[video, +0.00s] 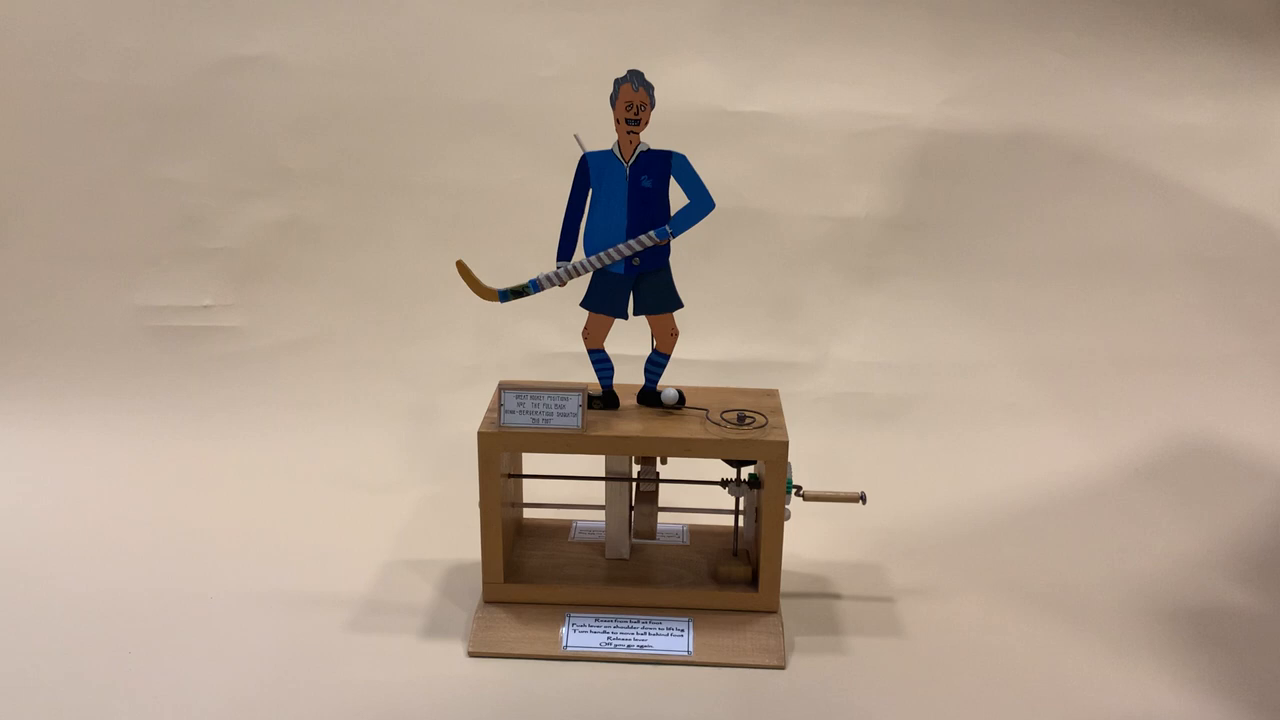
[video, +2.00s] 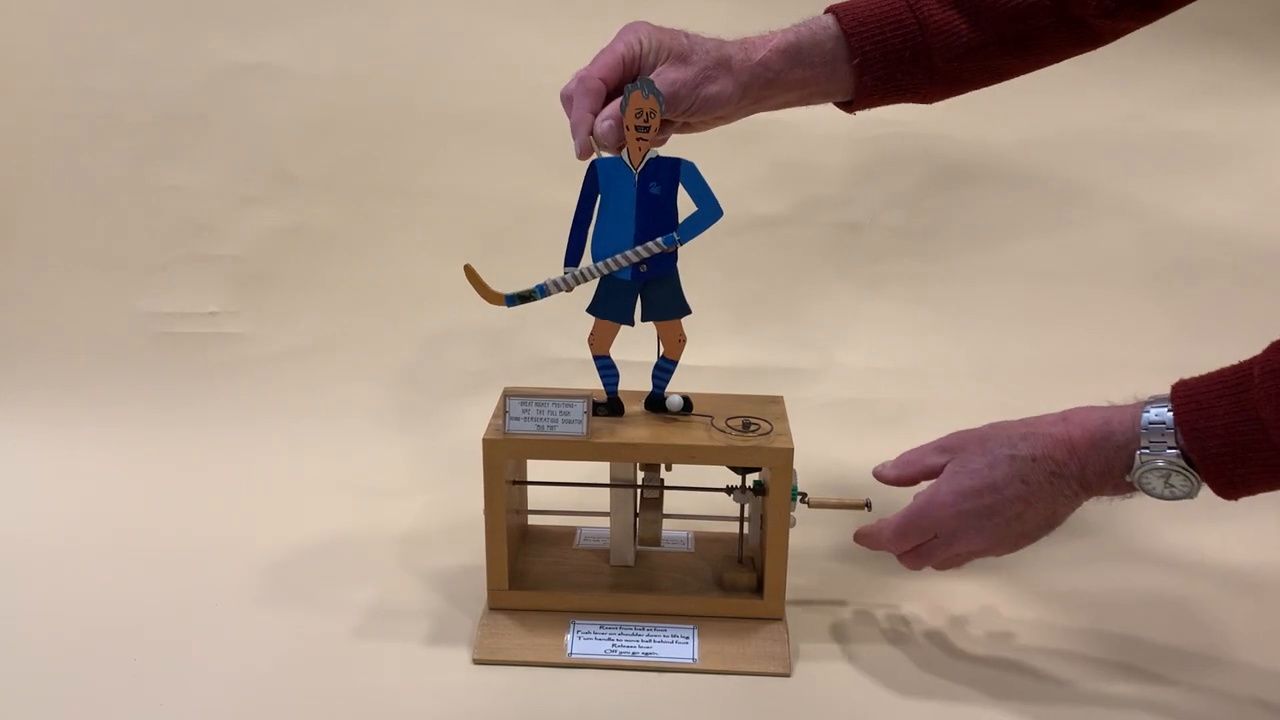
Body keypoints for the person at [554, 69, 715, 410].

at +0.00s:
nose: (635, 111)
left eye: (642, 105)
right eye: (627, 104)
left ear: (651, 113)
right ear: (613, 110)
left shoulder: (667, 161)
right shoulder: (592, 163)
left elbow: (704, 202)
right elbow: (573, 216)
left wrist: (668, 232)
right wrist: (563, 264)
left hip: (652, 268)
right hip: (609, 268)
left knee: (667, 335)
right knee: (592, 336)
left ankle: (649, 392)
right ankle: (607, 393)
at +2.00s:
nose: (643, 124)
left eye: (649, 117)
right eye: (636, 116)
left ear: (658, 125)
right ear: (623, 122)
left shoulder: (676, 168)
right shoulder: (601, 170)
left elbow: (712, 210)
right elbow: (581, 222)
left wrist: (675, 239)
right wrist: (570, 269)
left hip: (660, 274)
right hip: (616, 274)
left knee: (675, 341)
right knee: (598, 342)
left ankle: (656, 398)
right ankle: (612, 400)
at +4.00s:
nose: (645, 117)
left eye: (652, 110)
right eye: (638, 109)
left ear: (662, 117)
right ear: (625, 114)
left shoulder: (680, 164)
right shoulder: (603, 164)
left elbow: (715, 206)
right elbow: (584, 216)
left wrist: (677, 236)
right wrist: (574, 266)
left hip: (665, 267)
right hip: (620, 268)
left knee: (701, 328)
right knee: (602, 338)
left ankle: (700, 388)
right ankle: (617, 396)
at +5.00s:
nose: (643, 114)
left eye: (650, 108)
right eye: (636, 107)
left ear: (659, 115)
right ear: (622, 112)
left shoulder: (677, 163)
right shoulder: (601, 165)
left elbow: (713, 204)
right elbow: (582, 219)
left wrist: (676, 234)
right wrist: (572, 267)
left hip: (662, 267)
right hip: (619, 268)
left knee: (689, 333)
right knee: (601, 338)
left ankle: (678, 391)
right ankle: (617, 395)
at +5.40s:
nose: (642, 114)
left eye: (649, 107)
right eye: (635, 106)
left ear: (658, 114)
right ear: (621, 112)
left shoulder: (675, 162)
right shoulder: (599, 164)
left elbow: (712, 204)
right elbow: (581, 218)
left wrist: (675, 233)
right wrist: (571, 265)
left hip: (661, 266)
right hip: (617, 268)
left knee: (688, 331)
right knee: (600, 338)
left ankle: (678, 390)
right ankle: (616, 395)